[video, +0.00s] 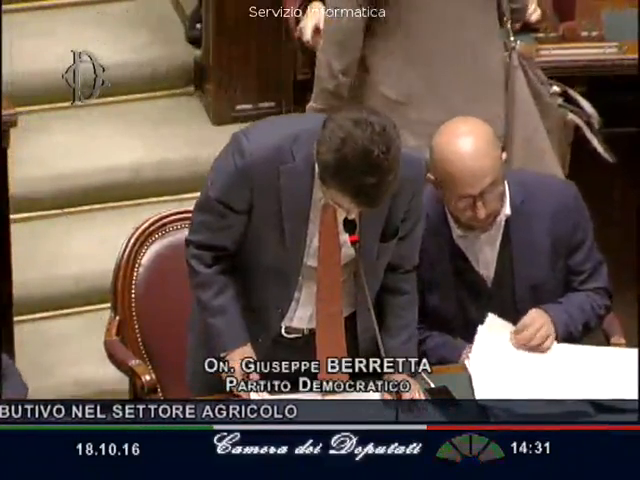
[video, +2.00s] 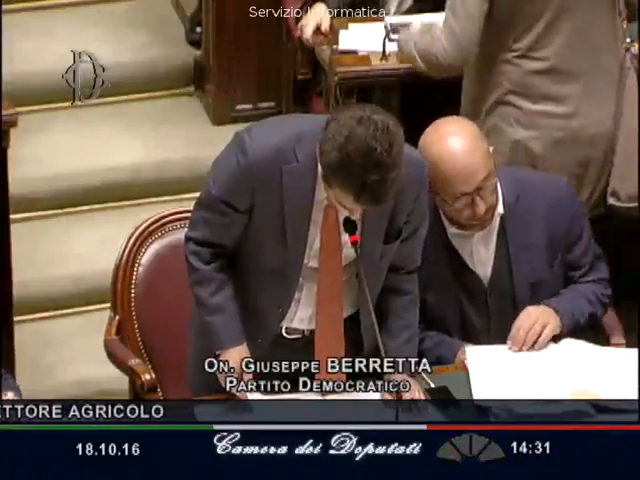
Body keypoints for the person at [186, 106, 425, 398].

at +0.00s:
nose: (350, 214)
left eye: (362, 207)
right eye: (340, 203)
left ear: (388, 176)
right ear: (320, 166)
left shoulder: (407, 174)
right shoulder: (252, 159)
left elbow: (401, 275)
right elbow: (206, 252)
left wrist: (400, 365)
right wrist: (234, 344)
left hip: (349, 336)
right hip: (264, 340)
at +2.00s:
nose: (354, 214)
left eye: (366, 206)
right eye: (344, 203)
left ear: (393, 175)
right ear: (323, 164)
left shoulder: (409, 175)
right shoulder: (255, 158)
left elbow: (403, 274)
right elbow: (205, 247)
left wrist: (401, 366)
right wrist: (230, 343)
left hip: (350, 335)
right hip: (264, 339)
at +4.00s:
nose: (356, 213)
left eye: (369, 204)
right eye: (346, 200)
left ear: (396, 174)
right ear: (325, 160)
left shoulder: (408, 175)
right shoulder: (255, 157)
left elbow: (402, 276)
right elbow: (206, 250)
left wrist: (400, 366)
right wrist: (231, 344)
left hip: (350, 337)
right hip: (263, 341)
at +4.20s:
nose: (358, 213)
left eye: (372, 204)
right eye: (348, 200)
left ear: (398, 175)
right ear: (326, 161)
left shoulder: (408, 175)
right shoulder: (255, 157)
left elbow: (402, 276)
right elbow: (206, 251)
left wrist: (400, 366)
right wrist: (231, 344)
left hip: (349, 336)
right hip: (262, 341)